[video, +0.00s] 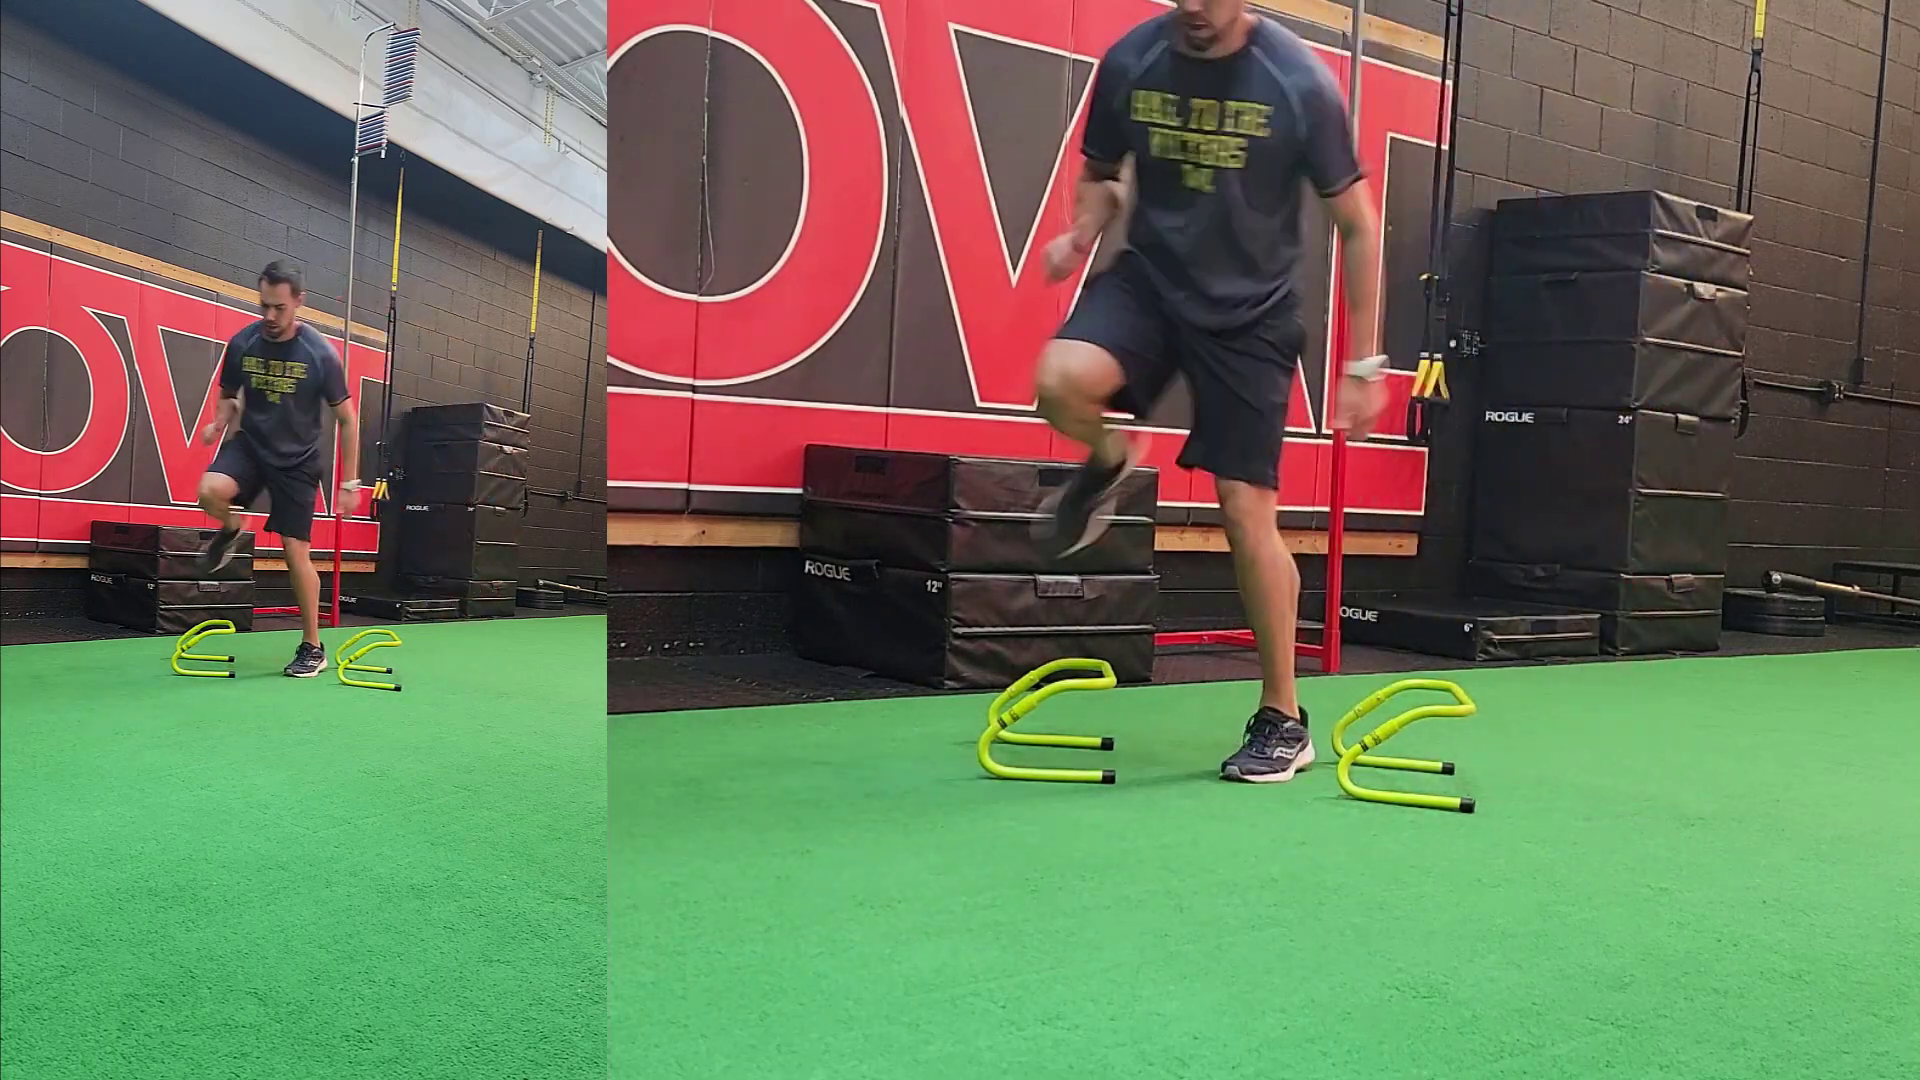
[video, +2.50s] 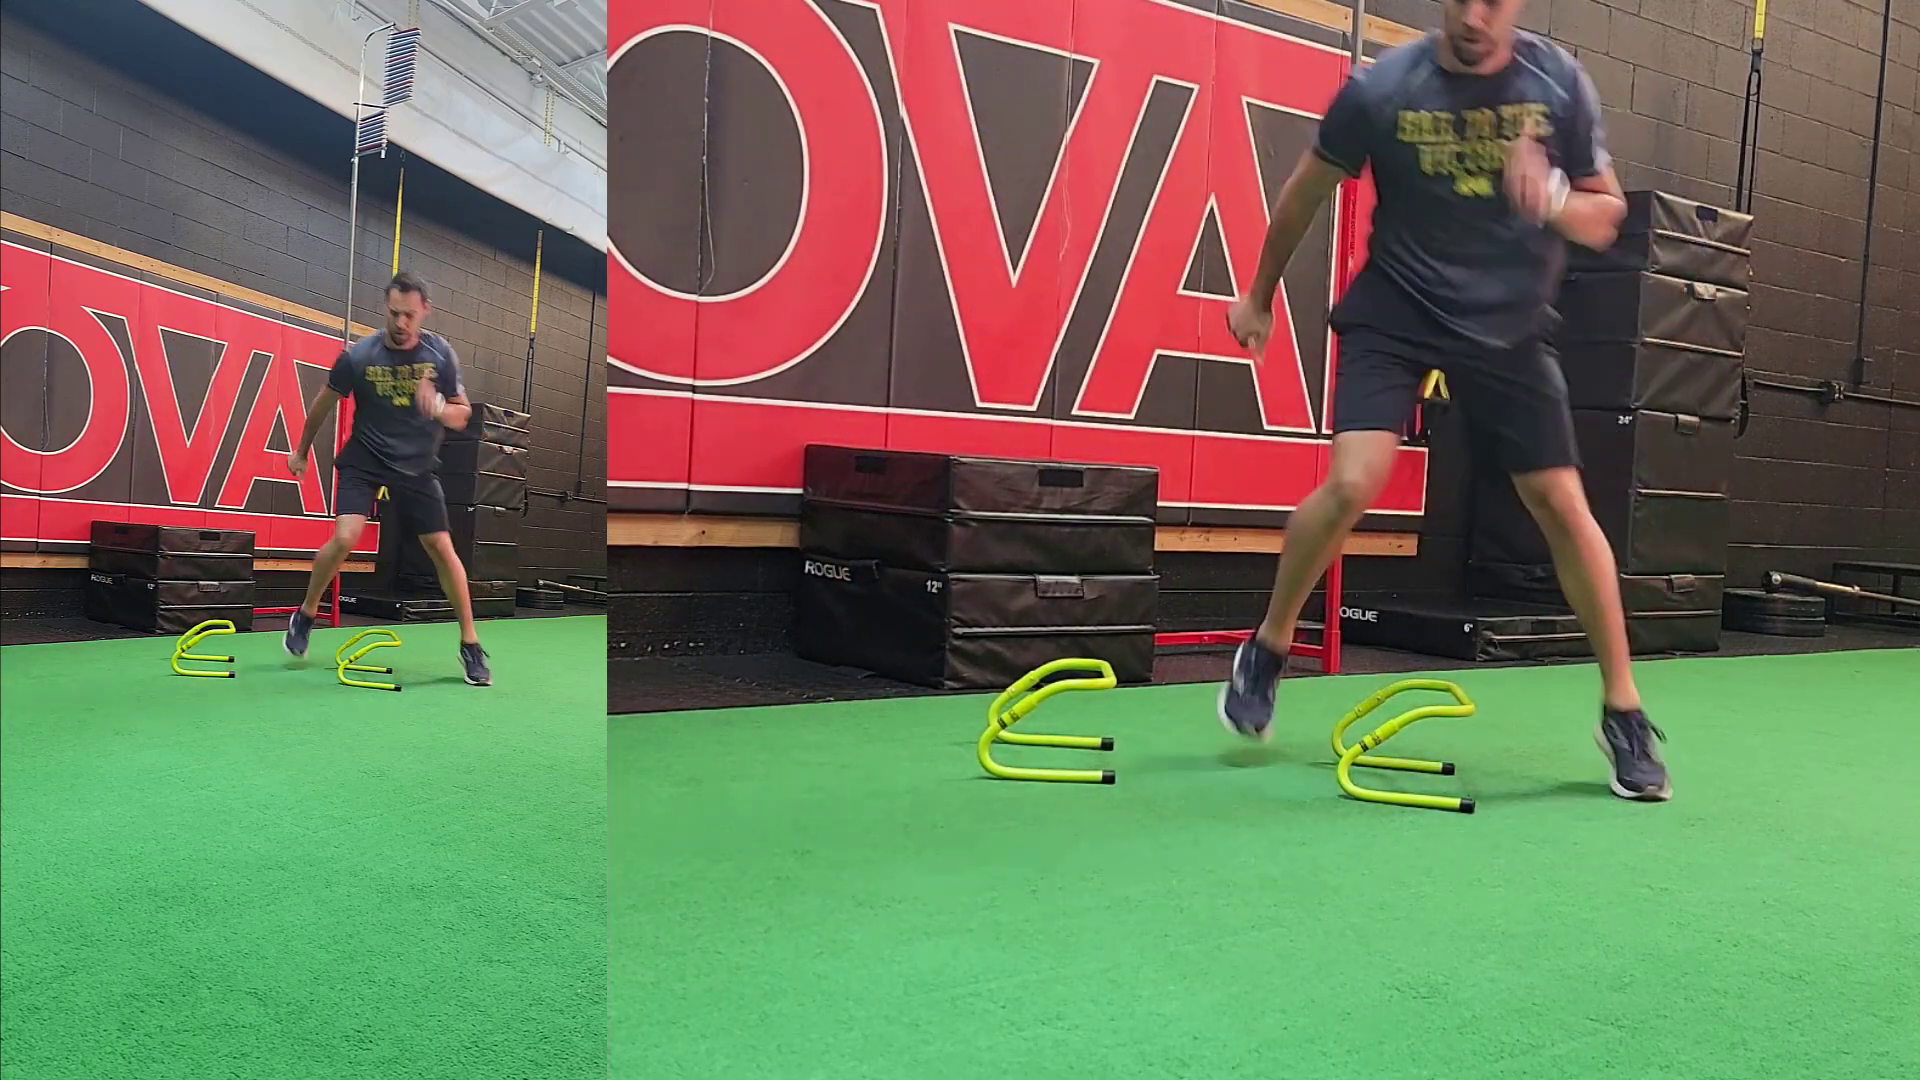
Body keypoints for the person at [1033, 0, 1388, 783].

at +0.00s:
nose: (1193, 12)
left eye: (1212, 2)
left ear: (1250, 1)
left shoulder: (1301, 87)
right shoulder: (1131, 61)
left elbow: (1359, 223)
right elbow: (1100, 174)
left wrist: (1365, 361)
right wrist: (1083, 231)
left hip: (1247, 314)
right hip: (1142, 287)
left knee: (1246, 511)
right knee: (1059, 384)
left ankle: (1282, 716)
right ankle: (1110, 460)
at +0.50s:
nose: (906, 122)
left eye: (925, 102)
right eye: (892, 100)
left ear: (967, 76)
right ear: (874, 79)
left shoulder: (1036, 166)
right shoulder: (870, 129)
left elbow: (979, 324)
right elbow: (912, 241)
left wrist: (897, 217)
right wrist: (891, 208)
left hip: (1032, 335)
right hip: (927, 321)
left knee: (971, 487)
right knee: (896, 490)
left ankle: (963, 507)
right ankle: (872, 690)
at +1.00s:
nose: (991, 83)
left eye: (1006, 62)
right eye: (972, 66)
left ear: (1029, 43)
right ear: (942, 51)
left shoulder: (1083, 139)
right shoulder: (899, 141)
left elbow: (1159, 258)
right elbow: (878, 266)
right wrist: (879, 347)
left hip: (1054, 346)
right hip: (943, 350)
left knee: (1058, 492)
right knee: (890, 506)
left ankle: (1128, 546)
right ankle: (845, 696)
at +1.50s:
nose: (1347, 22)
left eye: (1359, 7)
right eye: (1330, 6)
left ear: (1373, 5)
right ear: (1290, 2)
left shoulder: (1400, 83)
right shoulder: (1225, 90)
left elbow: (1413, 194)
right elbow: (1169, 231)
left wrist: (1419, 304)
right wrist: (1173, 353)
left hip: (1355, 311)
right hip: (1243, 312)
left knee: (1402, 465)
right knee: (1243, 511)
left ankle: (1342, 505)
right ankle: (1204, 714)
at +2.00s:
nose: (1609, 147)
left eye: (1623, 126)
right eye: (1591, 128)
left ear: (1636, 109)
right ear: (1547, 107)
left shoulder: (1655, 169)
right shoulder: (1486, 202)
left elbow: (1653, 241)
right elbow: (1449, 348)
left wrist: (1626, 315)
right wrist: (1559, 339)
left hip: (1611, 378)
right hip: (1510, 385)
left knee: (1640, 536)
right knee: (1591, 499)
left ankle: (1635, 733)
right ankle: (1574, 590)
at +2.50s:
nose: (1475, 17)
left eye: (1493, 3)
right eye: (1461, 1)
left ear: (1519, 9)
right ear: (1437, 3)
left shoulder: (1560, 80)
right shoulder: (1376, 91)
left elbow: (1605, 221)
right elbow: (1307, 189)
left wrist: (1552, 200)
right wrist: (1258, 294)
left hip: (1509, 330)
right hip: (1394, 315)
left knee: (1564, 504)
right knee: (1352, 486)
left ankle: (1624, 708)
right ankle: (1269, 646)